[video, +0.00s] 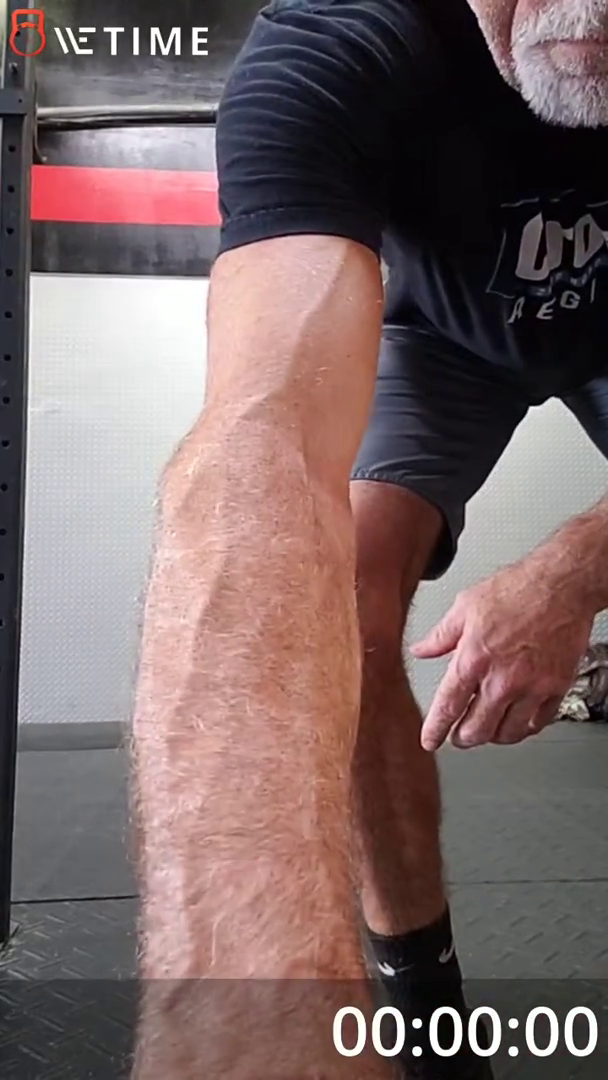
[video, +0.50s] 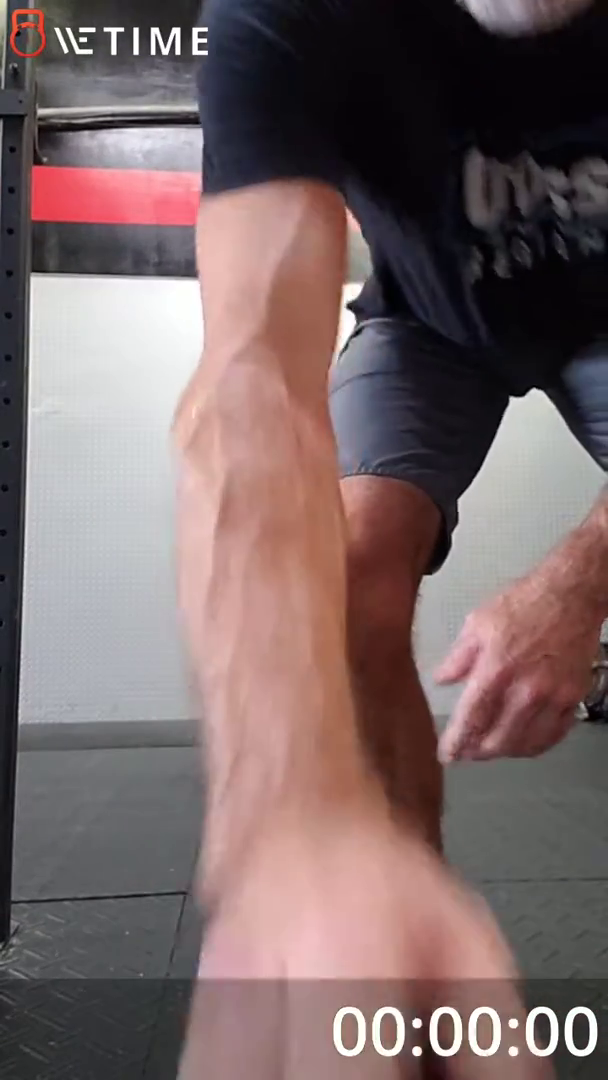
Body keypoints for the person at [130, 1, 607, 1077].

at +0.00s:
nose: (569, 14)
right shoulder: (337, 48)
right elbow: (260, 461)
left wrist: (577, 574)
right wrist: (266, 1030)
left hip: (602, 337)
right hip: (451, 325)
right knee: (340, 591)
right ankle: (425, 1005)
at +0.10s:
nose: (577, 18)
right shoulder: (337, 49)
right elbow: (260, 474)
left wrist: (578, 572)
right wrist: (268, 1028)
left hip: (603, 338)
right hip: (449, 326)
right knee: (341, 597)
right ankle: (422, 1000)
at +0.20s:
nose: (571, 19)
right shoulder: (340, 51)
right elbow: (262, 477)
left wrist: (578, 571)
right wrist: (272, 1034)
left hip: (597, 339)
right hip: (451, 327)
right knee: (339, 588)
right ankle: (424, 1003)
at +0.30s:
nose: (573, 11)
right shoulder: (333, 56)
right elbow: (264, 467)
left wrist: (580, 568)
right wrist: (268, 1031)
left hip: (597, 338)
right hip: (447, 327)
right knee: (340, 584)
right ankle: (423, 1007)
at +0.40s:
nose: (564, 3)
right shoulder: (319, 41)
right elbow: (260, 441)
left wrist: (575, 574)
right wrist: (271, 992)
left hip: (597, 331)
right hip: (441, 321)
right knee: (344, 585)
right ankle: (424, 1009)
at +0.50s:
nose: (533, 5)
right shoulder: (288, 16)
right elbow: (253, 380)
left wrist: (581, 582)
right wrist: (291, 826)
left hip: (591, 319)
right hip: (430, 312)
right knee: (353, 559)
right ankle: (394, 957)